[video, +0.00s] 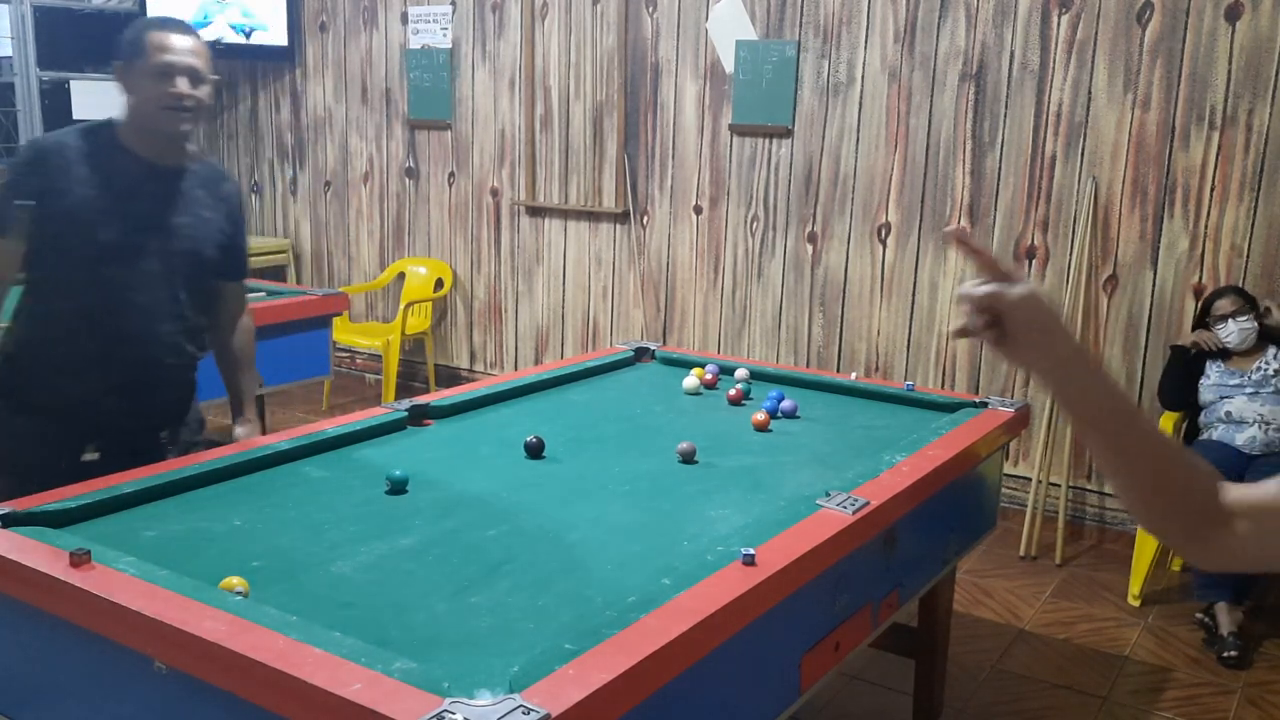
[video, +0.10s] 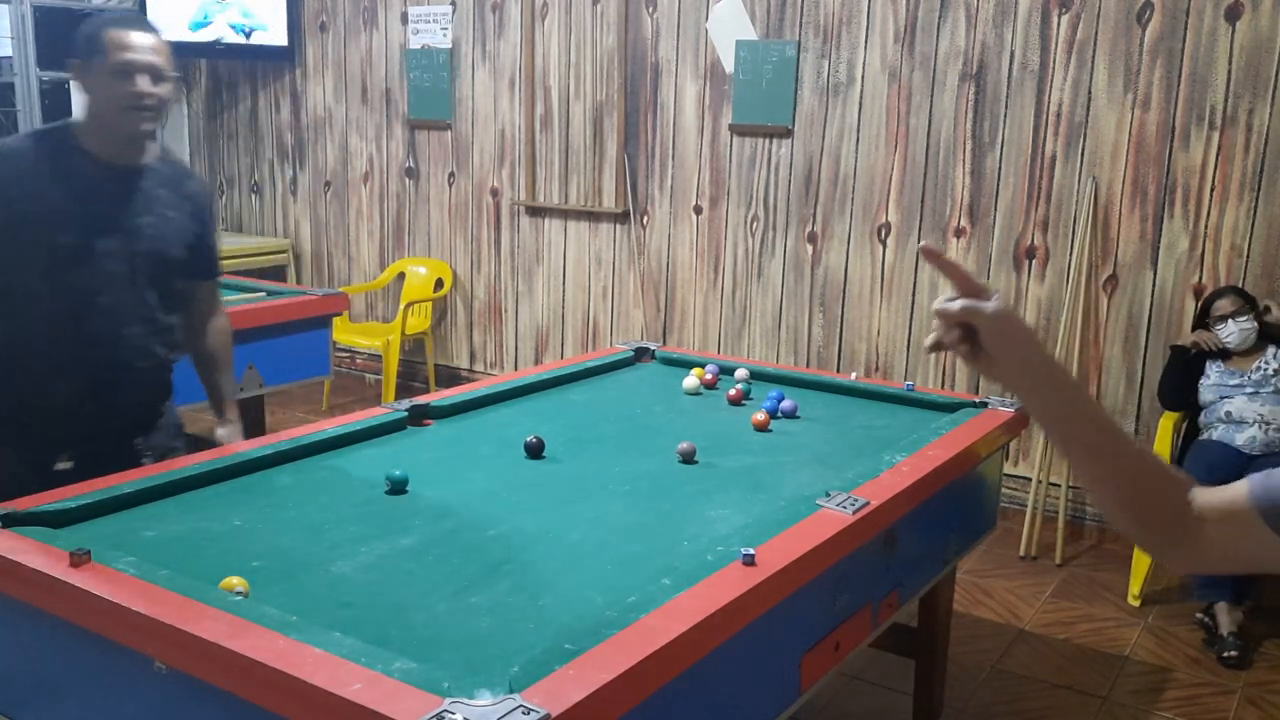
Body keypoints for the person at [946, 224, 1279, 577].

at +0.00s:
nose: (1230, 325)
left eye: (1239, 316)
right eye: (1218, 319)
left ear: (1257, 316)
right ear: (1206, 327)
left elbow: (1216, 527)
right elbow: (1217, 526)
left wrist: (1058, 357)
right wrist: (1058, 357)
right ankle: (1226, 617)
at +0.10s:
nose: (1229, 327)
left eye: (1238, 318)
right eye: (1219, 321)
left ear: (1256, 317)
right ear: (1205, 329)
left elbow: (1185, 527)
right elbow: (1186, 527)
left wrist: (1029, 370)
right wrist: (1030, 370)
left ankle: (1229, 613)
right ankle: (1226, 615)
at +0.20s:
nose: (1229, 327)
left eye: (1239, 317)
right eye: (1219, 320)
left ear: (1259, 320)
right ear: (1204, 329)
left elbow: (1166, 537)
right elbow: (1167, 537)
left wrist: (1010, 383)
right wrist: (1010, 382)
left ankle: (1229, 612)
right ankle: (1225, 615)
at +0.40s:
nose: (1228, 328)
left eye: (1239, 319)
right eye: (1219, 319)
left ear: (1260, 326)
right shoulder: (1274, 500)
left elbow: (1162, 571)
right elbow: (1162, 571)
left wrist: (994, 434)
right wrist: (994, 434)